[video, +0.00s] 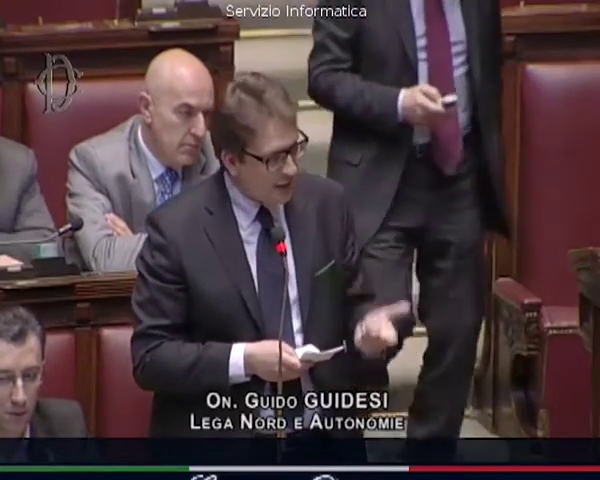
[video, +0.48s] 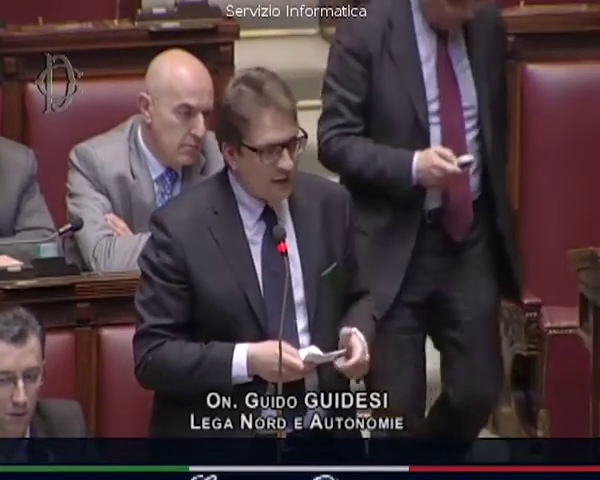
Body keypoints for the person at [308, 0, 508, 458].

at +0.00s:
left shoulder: (481, 5)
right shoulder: (351, 5)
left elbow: (488, 79)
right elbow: (323, 77)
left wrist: (490, 177)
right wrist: (397, 102)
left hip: (461, 173)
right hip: (380, 172)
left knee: (457, 333)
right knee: (381, 324)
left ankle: (429, 461)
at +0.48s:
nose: (469, 16)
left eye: (475, 9)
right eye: (462, 9)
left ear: (480, 3)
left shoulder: (487, 24)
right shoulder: (365, 29)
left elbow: (496, 132)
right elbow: (334, 142)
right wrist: (410, 165)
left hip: (471, 238)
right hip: (393, 241)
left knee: (477, 393)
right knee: (398, 406)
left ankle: (419, 474)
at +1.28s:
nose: (523, 85)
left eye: (531, 69)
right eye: (508, 72)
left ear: (538, 56)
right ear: (470, 57)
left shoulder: (534, 112)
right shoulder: (423, 118)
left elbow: (541, 222)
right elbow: (428, 218)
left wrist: (554, 313)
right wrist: (487, 143)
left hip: (526, 329)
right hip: (452, 334)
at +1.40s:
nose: (534, 85)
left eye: (542, 70)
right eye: (520, 73)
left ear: (550, 57)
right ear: (484, 61)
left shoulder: (547, 115)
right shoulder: (437, 118)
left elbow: (551, 225)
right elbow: (447, 217)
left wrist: (563, 315)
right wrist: (503, 140)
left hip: (535, 331)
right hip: (463, 336)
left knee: (534, 479)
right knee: (470, 479)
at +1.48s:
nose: (540, 86)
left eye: (548, 70)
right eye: (525, 73)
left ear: (556, 57)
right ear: (488, 60)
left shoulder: (554, 114)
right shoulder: (442, 119)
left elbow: (557, 226)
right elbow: (453, 216)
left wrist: (566, 321)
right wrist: (509, 137)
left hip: (540, 339)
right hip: (466, 344)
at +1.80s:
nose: (555, 126)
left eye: (563, 111)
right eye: (542, 112)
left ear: (570, 99)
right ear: (504, 101)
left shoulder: (564, 159)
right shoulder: (457, 164)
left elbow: (571, 265)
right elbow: (480, 258)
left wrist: (583, 354)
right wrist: (527, 174)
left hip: (561, 378)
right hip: (486, 382)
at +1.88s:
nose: (555, 145)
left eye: (562, 131)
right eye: (541, 134)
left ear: (570, 118)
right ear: (503, 121)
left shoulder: (564, 180)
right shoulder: (456, 182)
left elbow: (574, 287)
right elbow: (484, 270)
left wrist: (585, 375)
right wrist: (530, 185)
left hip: (564, 397)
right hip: (488, 402)